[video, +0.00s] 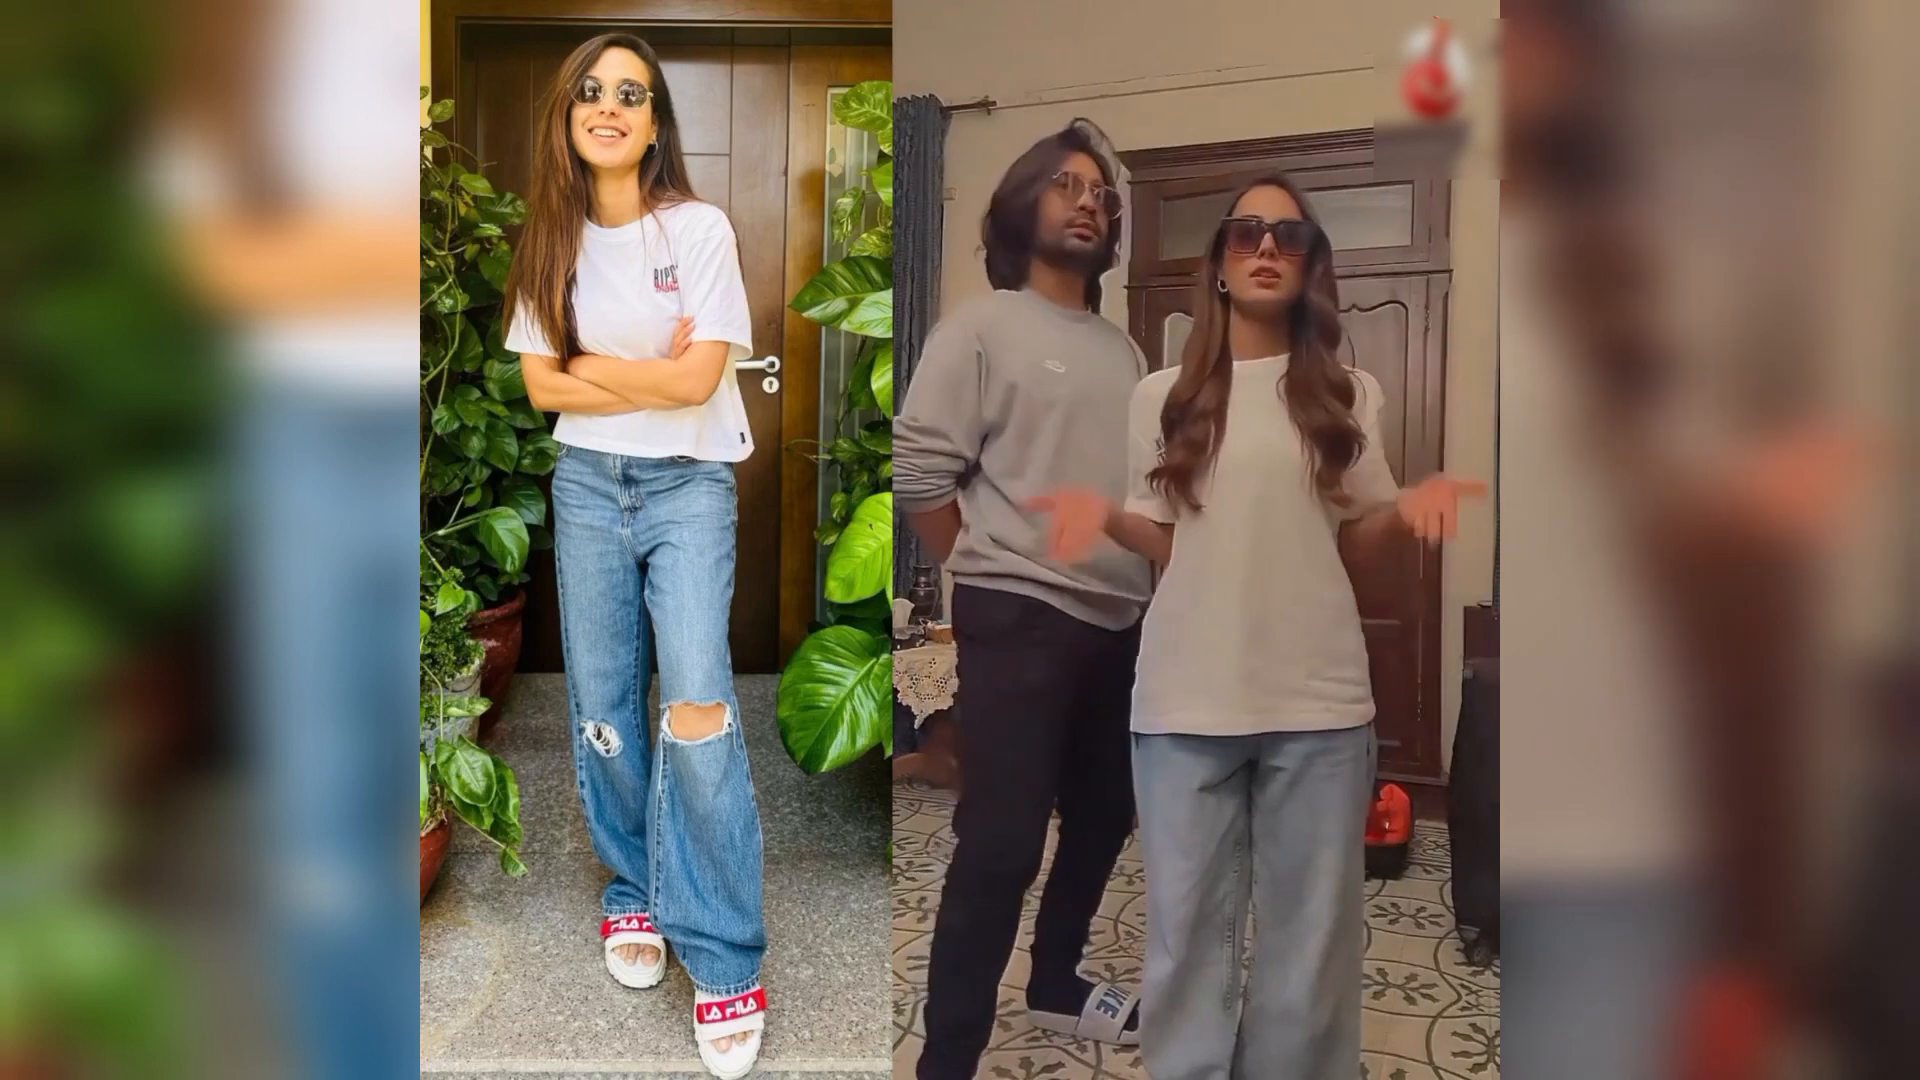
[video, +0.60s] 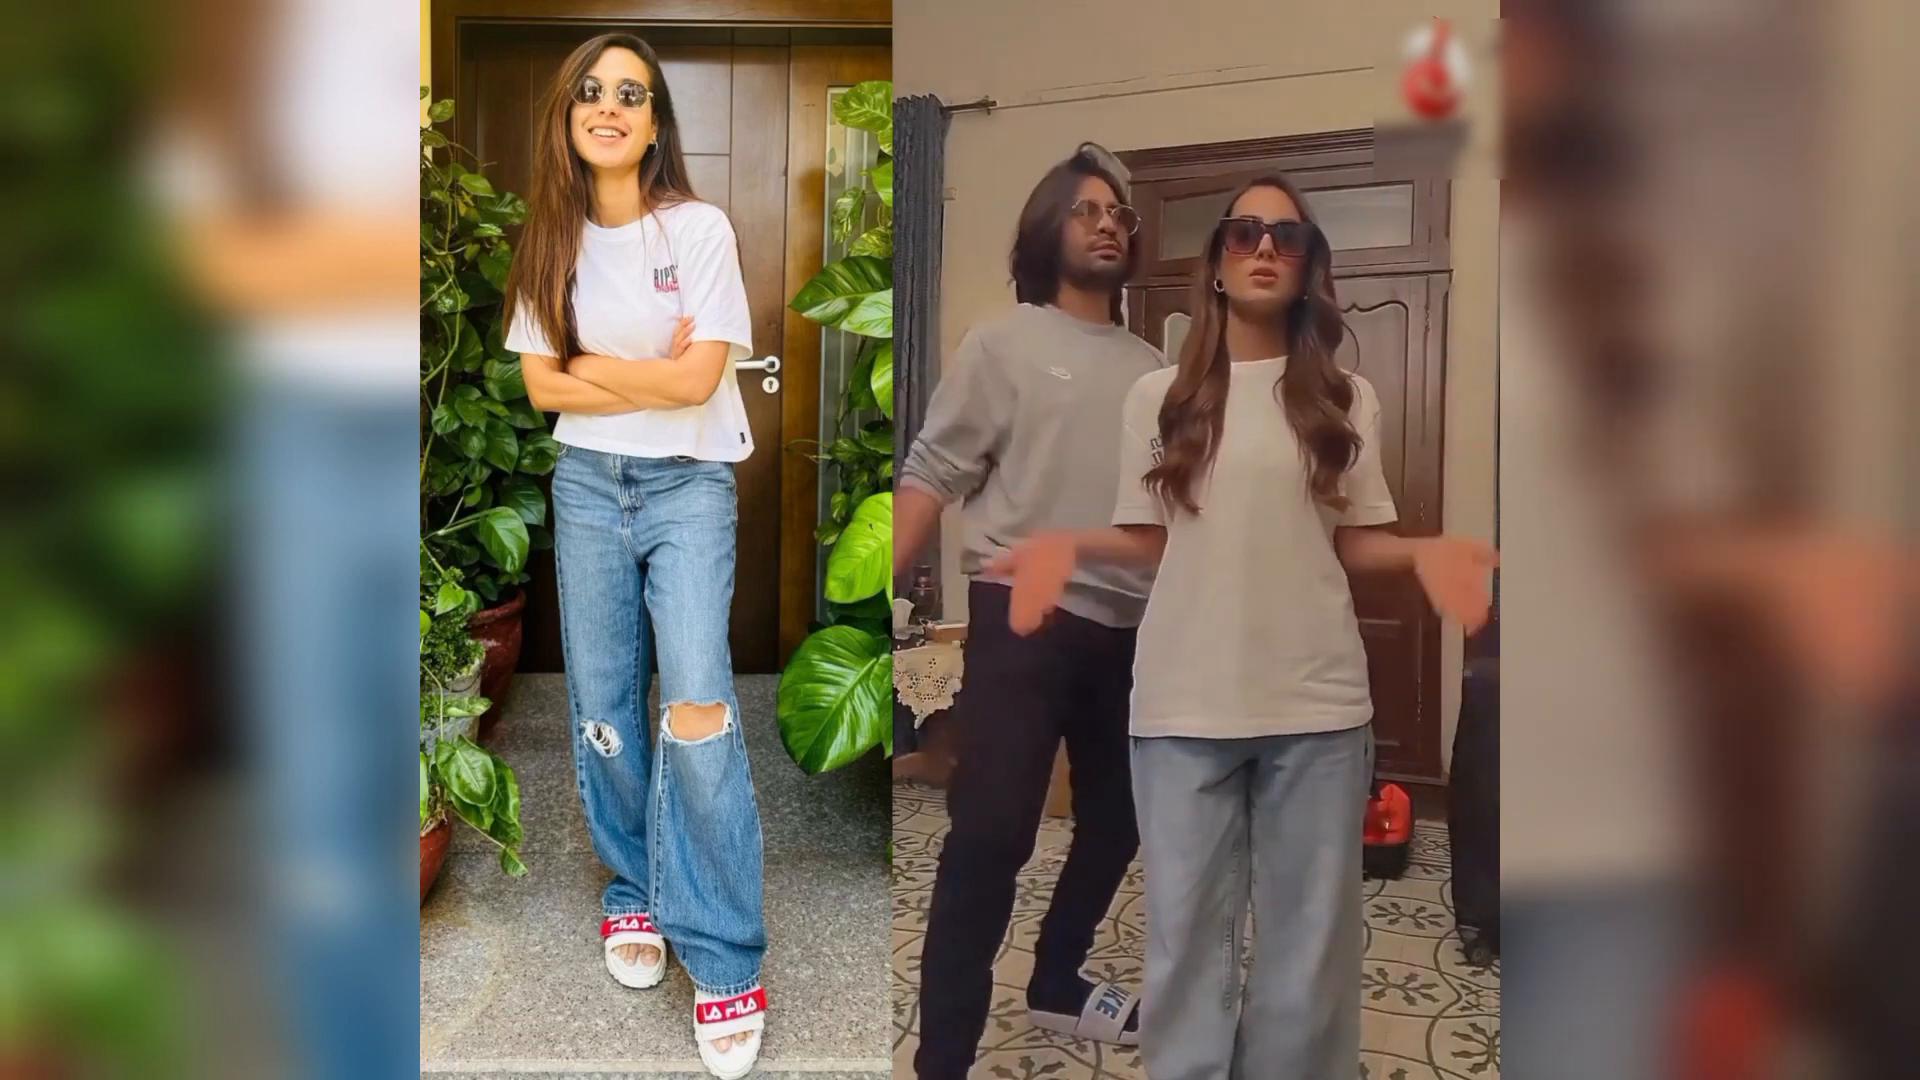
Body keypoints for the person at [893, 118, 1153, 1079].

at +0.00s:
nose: (1087, 204)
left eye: (1100, 193)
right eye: (1066, 187)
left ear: (1113, 222)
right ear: (1020, 205)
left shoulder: (1123, 350)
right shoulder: (978, 326)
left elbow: (1141, 484)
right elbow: (919, 478)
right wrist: (985, 587)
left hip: (1112, 618)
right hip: (1013, 610)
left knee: (1103, 812)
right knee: (1001, 842)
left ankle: (1055, 987)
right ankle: (948, 1061)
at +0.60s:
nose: (1109, 227)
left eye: (1119, 216)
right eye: (1087, 215)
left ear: (1131, 237)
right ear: (1046, 234)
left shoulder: (1152, 364)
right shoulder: (1000, 347)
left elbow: (1181, 503)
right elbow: (932, 468)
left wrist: (1184, 602)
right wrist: (876, 581)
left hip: (1123, 625)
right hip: (1017, 615)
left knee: (1114, 823)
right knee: (992, 831)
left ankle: (1057, 991)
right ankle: (943, 1060)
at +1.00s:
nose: (1103, 242)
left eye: (1112, 232)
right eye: (1083, 230)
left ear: (1125, 258)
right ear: (1043, 255)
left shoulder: (1154, 373)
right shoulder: (1007, 353)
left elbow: (1186, 493)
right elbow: (954, 453)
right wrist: (884, 448)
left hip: (1129, 621)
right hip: (1025, 606)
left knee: (1125, 831)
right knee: (995, 828)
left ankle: (1057, 989)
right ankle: (943, 1062)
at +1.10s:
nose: (1109, 231)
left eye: (1119, 222)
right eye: (1087, 222)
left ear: (1133, 249)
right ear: (1044, 250)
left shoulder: (1154, 372)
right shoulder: (1011, 346)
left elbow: (1185, 492)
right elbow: (950, 434)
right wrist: (869, 438)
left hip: (1127, 621)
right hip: (1025, 606)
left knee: (1118, 823)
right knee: (990, 830)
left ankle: (1056, 991)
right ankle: (941, 1060)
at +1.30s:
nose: (1133, 219)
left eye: (1134, 208)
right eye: (1111, 207)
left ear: (1132, 238)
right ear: (1060, 233)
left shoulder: (1147, 358)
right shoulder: (1007, 329)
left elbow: (1174, 484)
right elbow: (922, 417)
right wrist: (889, 526)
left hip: (1124, 618)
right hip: (1021, 606)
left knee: (1107, 809)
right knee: (988, 827)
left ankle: (1056, 989)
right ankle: (941, 1061)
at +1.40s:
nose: (1135, 219)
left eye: (1136, 208)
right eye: (1115, 204)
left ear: (1129, 235)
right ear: (1063, 222)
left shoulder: (1136, 356)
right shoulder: (1007, 324)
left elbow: (1159, 493)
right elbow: (937, 454)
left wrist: (1173, 608)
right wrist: (914, 594)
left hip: (1121, 619)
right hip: (1023, 609)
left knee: (1107, 810)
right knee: (994, 831)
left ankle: (1057, 989)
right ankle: (945, 1059)